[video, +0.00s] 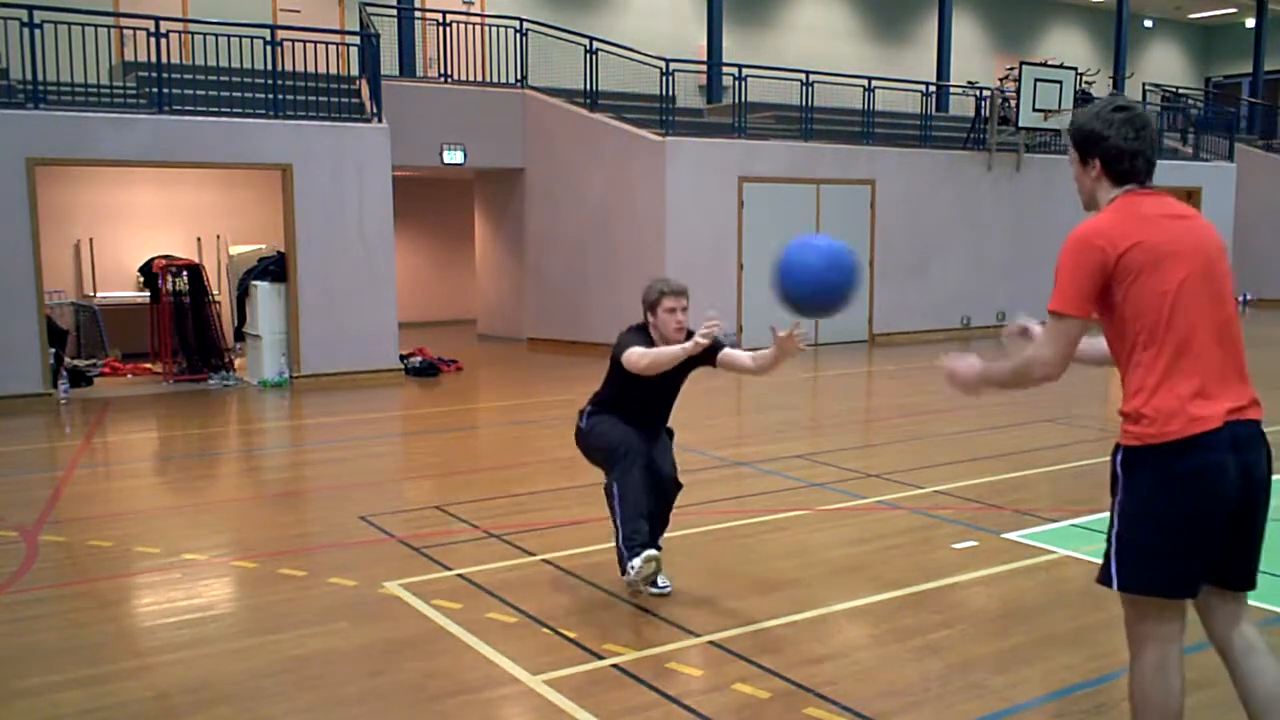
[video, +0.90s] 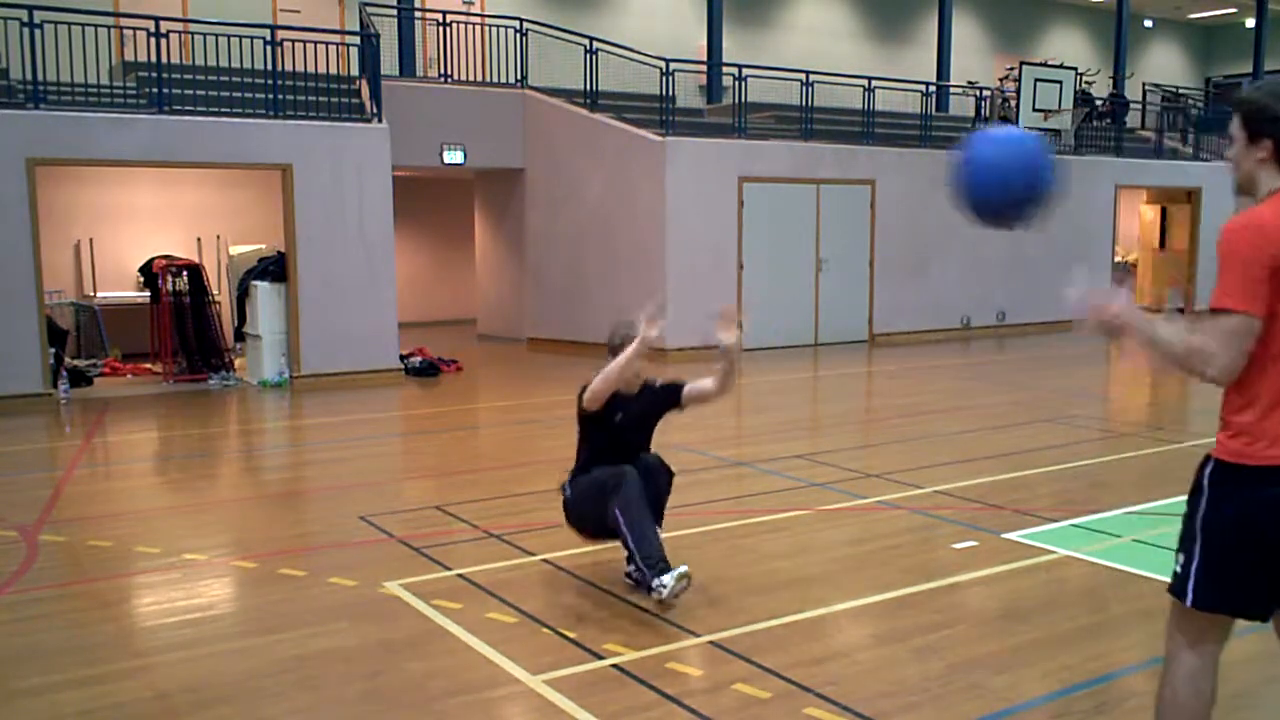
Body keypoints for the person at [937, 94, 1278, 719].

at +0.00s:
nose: (1072, 175)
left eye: (1073, 161)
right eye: (1072, 161)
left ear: (1092, 164)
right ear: (1143, 160)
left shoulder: (1096, 236)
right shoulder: (1198, 226)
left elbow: (1045, 361)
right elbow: (1148, 343)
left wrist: (980, 373)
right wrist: (1054, 343)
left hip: (1166, 457)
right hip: (1243, 448)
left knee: (1156, 634)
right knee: (1230, 616)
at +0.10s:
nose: (1078, 171)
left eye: (1079, 158)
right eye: (1077, 158)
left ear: (1098, 160)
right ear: (1150, 158)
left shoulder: (1103, 235)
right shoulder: (1206, 226)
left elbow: (1072, 365)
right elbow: (1202, 348)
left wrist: (1007, 406)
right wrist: (1098, 371)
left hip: (1161, 459)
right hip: (1239, 452)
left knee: (1150, 635)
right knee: (1221, 614)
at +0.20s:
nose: (1086, 167)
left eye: (1087, 154)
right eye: (1086, 154)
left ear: (1106, 157)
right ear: (1160, 155)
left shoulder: (1111, 234)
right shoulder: (1212, 224)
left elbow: (1107, 364)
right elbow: (1218, 353)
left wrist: (1046, 439)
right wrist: (1123, 416)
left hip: (1162, 459)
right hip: (1239, 452)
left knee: (1149, 634)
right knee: (1219, 614)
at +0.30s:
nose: (1096, 165)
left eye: (1098, 151)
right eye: (1097, 152)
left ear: (1119, 155)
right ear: (1169, 153)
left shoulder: (1124, 231)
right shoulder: (1225, 224)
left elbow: (1134, 361)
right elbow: (1240, 332)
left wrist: (1085, 458)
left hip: (1166, 463)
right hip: (1242, 455)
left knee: (1147, 631)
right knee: (1223, 616)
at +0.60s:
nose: (1158, 153)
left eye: (1162, 141)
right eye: (1160, 140)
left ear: (1184, 148)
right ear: (1234, 149)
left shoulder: (1179, 226)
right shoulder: (1269, 216)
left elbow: (1173, 357)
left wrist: (1118, 462)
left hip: (1198, 462)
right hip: (1265, 456)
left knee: (1168, 636)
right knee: (1259, 617)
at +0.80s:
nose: (1206, 153)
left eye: (1211, 140)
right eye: (1209, 140)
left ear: (1237, 148)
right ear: (1260, 149)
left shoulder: (1233, 228)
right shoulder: (1263, 221)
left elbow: (1200, 360)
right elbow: (1260, 347)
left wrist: (1111, 384)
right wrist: (1187, 391)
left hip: (1239, 462)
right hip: (1271, 457)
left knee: (1186, 639)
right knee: (1276, 619)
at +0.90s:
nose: (1228, 157)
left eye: (1232, 143)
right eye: (1229, 143)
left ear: (1258, 147)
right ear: (1271, 149)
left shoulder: (1255, 228)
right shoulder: (1259, 228)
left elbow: (1222, 359)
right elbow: (1240, 348)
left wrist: (1130, 321)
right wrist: (1161, 326)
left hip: (1250, 466)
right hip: (1258, 463)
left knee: (1194, 642)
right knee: (1193, 639)